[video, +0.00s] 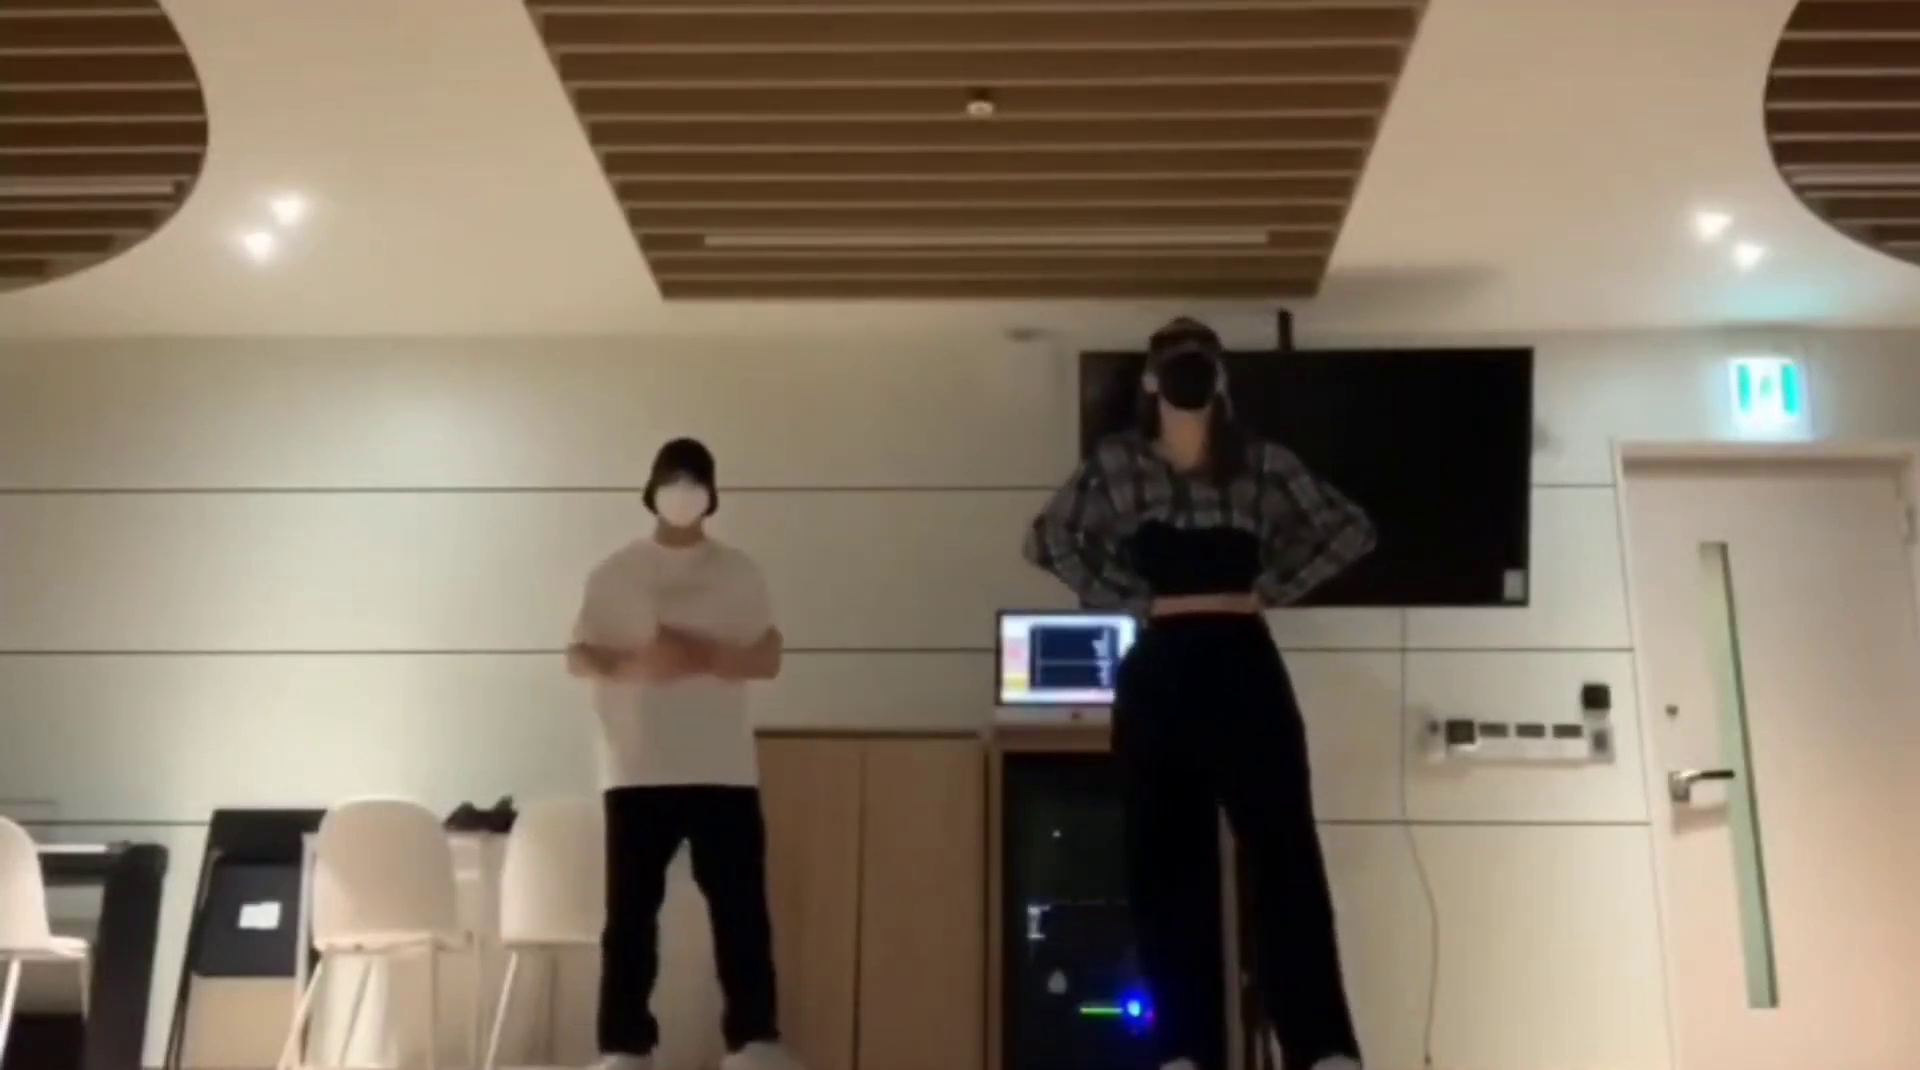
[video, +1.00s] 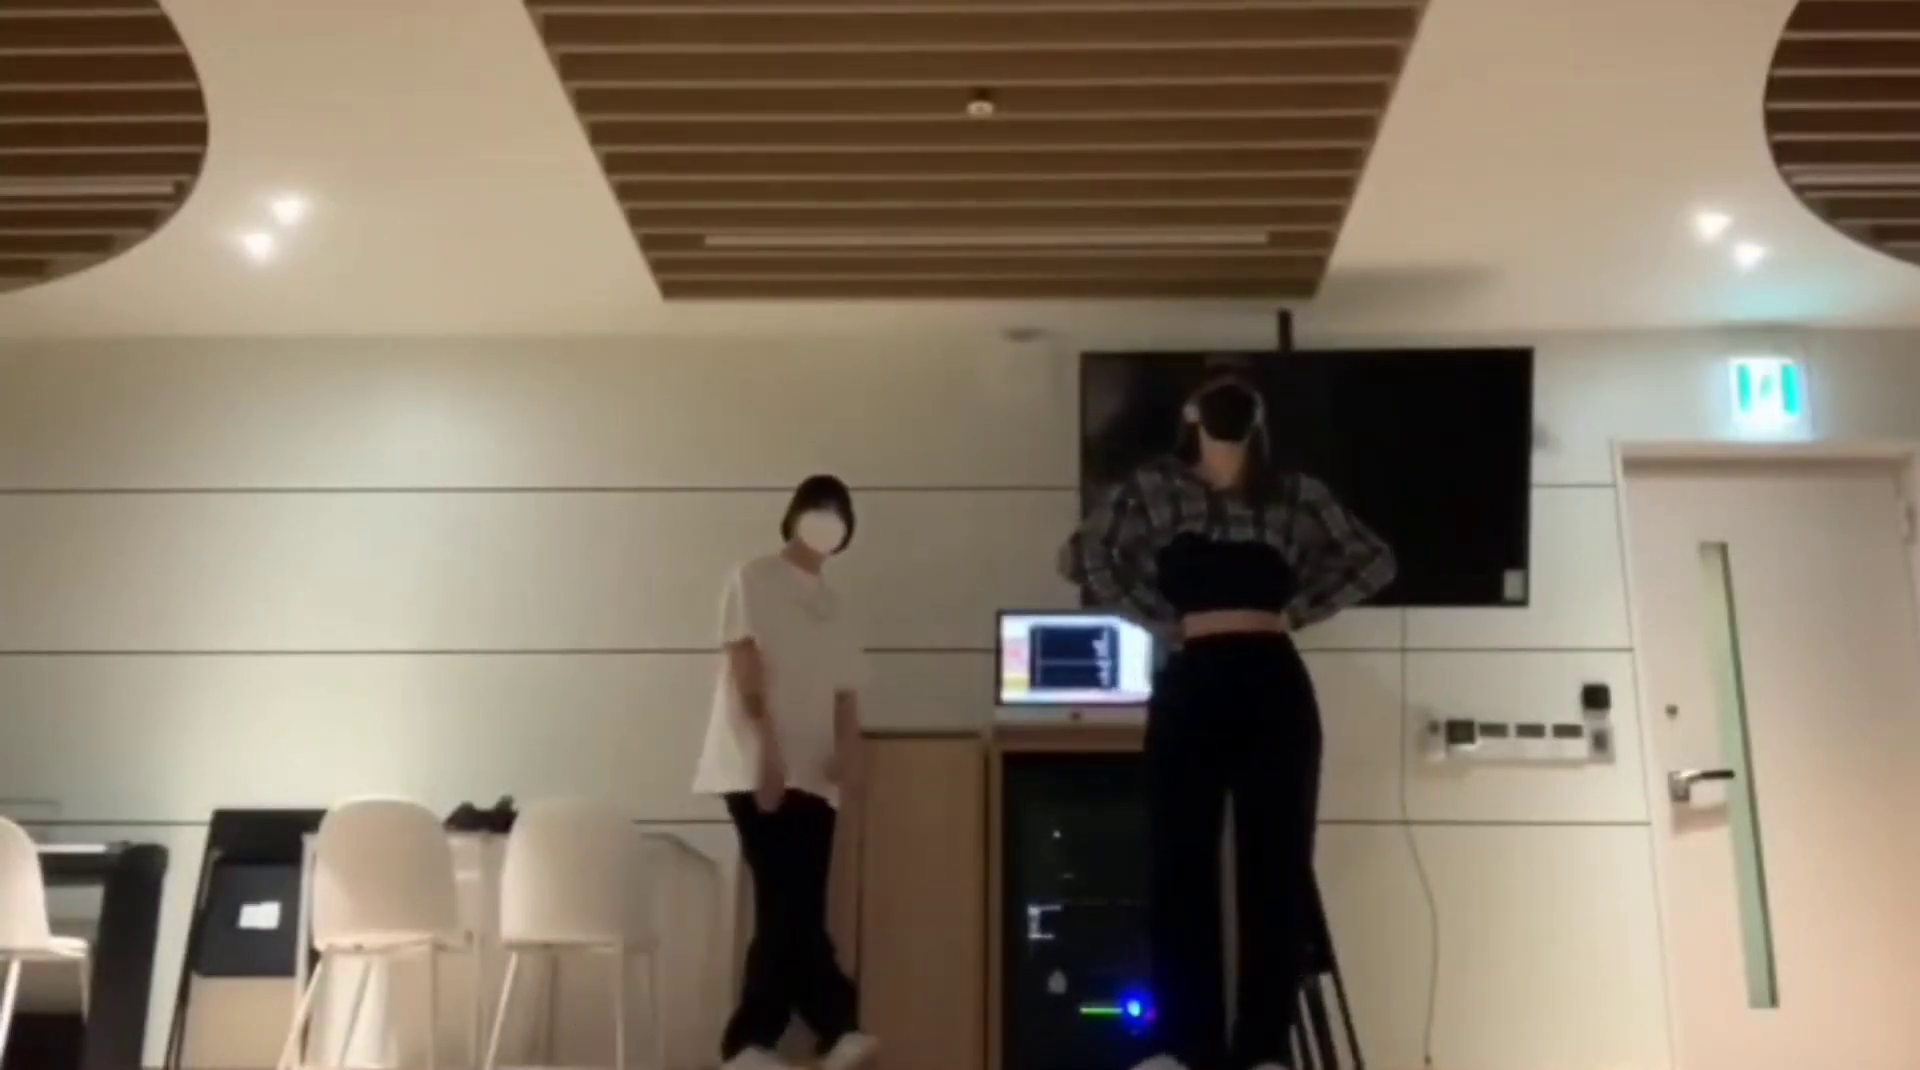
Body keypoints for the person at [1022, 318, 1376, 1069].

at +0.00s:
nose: (1189, 368)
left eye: (1199, 356)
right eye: (1174, 358)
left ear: (1221, 376)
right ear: (1150, 379)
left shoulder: (1264, 464)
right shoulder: (1116, 465)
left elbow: (1352, 530)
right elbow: (1049, 538)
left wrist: (1277, 586)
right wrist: (1126, 595)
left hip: (1248, 670)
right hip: (1162, 674)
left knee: (1283, 854)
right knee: (1168, 860)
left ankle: (1321, 1047)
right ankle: (1184, 1046)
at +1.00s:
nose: (1227, 426)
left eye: (1230, 414)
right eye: (1221, 415)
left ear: (1197, 422)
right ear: (1222, 425)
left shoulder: (1296, 496)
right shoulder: (1155, 490)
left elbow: (1373, 561)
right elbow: (1091, 562)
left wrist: (1299, 610)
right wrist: (1160, 619)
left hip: (1273, 685)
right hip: (1191, 687)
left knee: (1275, 865)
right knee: (1183, 863)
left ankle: (1266, 1042)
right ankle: (1191, 1041)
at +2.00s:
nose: (1238, 419)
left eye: (1251, 406)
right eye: (1224, 408)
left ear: (1270, 425)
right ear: (1201, 425)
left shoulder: (1302, 507)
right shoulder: (1170, 498)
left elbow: (1322, 612)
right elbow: (1115, 588)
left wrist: (1334, 704)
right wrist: (1185, 547)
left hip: (1275, 687)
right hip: (1194, 685)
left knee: (1276, 863)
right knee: (1179, 856)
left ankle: (1265, 1040)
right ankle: (1188, 1034)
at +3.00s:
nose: (1206, 441)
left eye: (1217, 430)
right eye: (1192, 430)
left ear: (1237, 445)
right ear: (1168, 443)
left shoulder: (1271, 525)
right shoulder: (1135, 529)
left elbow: (1291, 628)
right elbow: (1119, 632)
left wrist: (1299, 721)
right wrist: (1119, 719)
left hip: (1250, 714)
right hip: (1175, 715)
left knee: (1260, 875)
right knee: (1184, 877)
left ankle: (1262, 1038)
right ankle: (1200, 1038)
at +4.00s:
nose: (1180, 401)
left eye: (1188, 390)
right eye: (1170, 389)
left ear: (1202, 406)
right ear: (1150, 406)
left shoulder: (1250, 489)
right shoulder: (1109, 486)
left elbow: (1279, 591)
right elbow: (1082, 584)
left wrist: (1305, 687)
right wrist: (1119, 663)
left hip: (1223, 682)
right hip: (1143, 682)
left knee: (1240, 860)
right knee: (1120, 855)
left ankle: (1241, 1044)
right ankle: (1103, 1036)